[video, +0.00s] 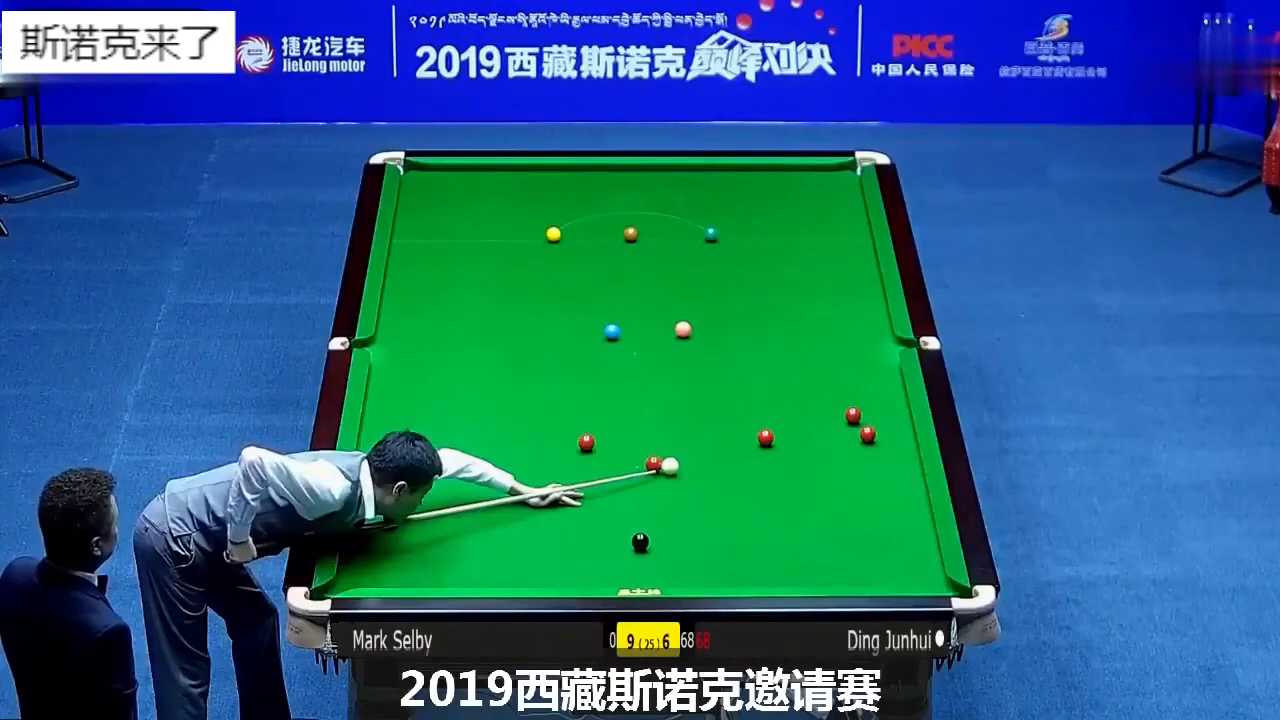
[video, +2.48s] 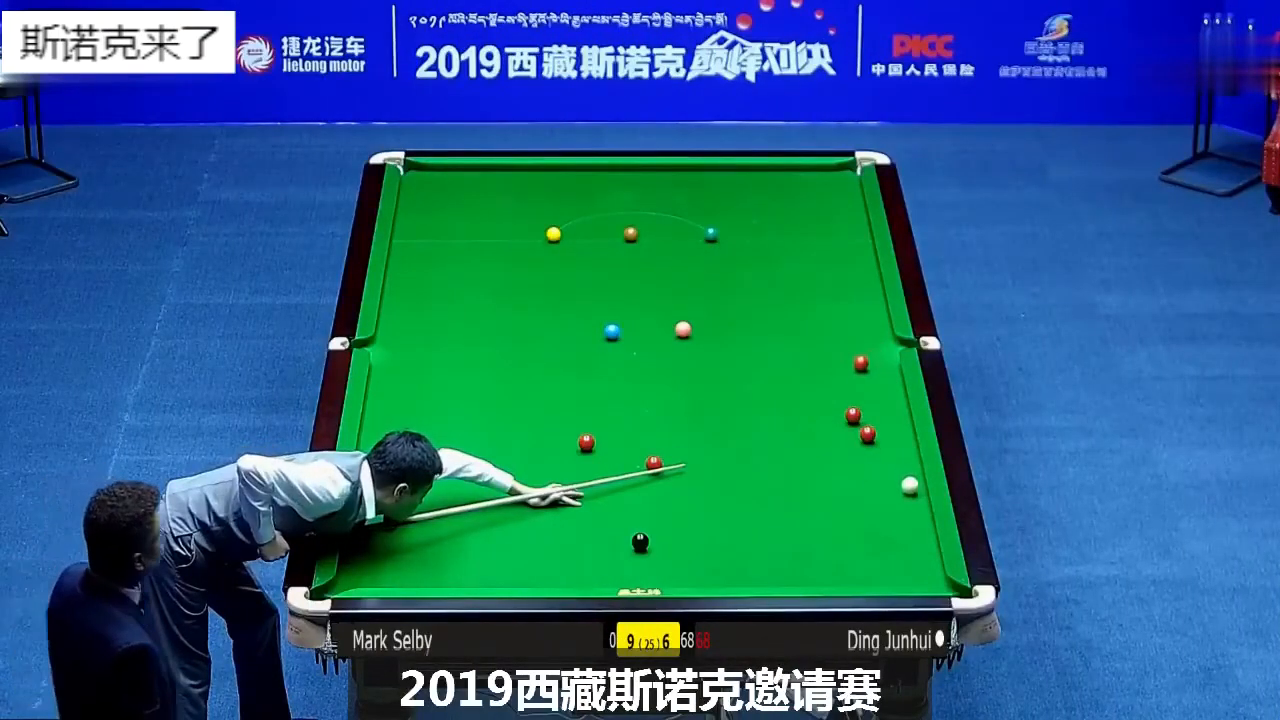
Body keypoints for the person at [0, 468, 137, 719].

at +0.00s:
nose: (117, 527)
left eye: (114, 520)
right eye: (114, 523)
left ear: (49, 530)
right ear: (97, 545)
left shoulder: (15, 576)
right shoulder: (108, 632)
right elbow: (126, 710)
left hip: (30, 711)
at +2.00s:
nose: (122, 528)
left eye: (119, 522)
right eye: (118, 525)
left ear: (55, 532)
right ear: (102, 548)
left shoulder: (20, 577)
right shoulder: (113, 634)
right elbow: (130, 708)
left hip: (32, 711)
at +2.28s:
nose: (136, 533)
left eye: (133, 528)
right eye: (132, 531)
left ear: (70, 539)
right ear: (115, 556)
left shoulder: (39, 580)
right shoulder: (119, 644)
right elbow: (141, 713)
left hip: (45, 711)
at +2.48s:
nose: (160, 537)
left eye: (156, 533)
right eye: (157, 536)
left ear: (96, 543)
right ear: (139, 562)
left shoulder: (70, 580)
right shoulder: (134, 653)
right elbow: (152, 713)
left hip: (72, 711)